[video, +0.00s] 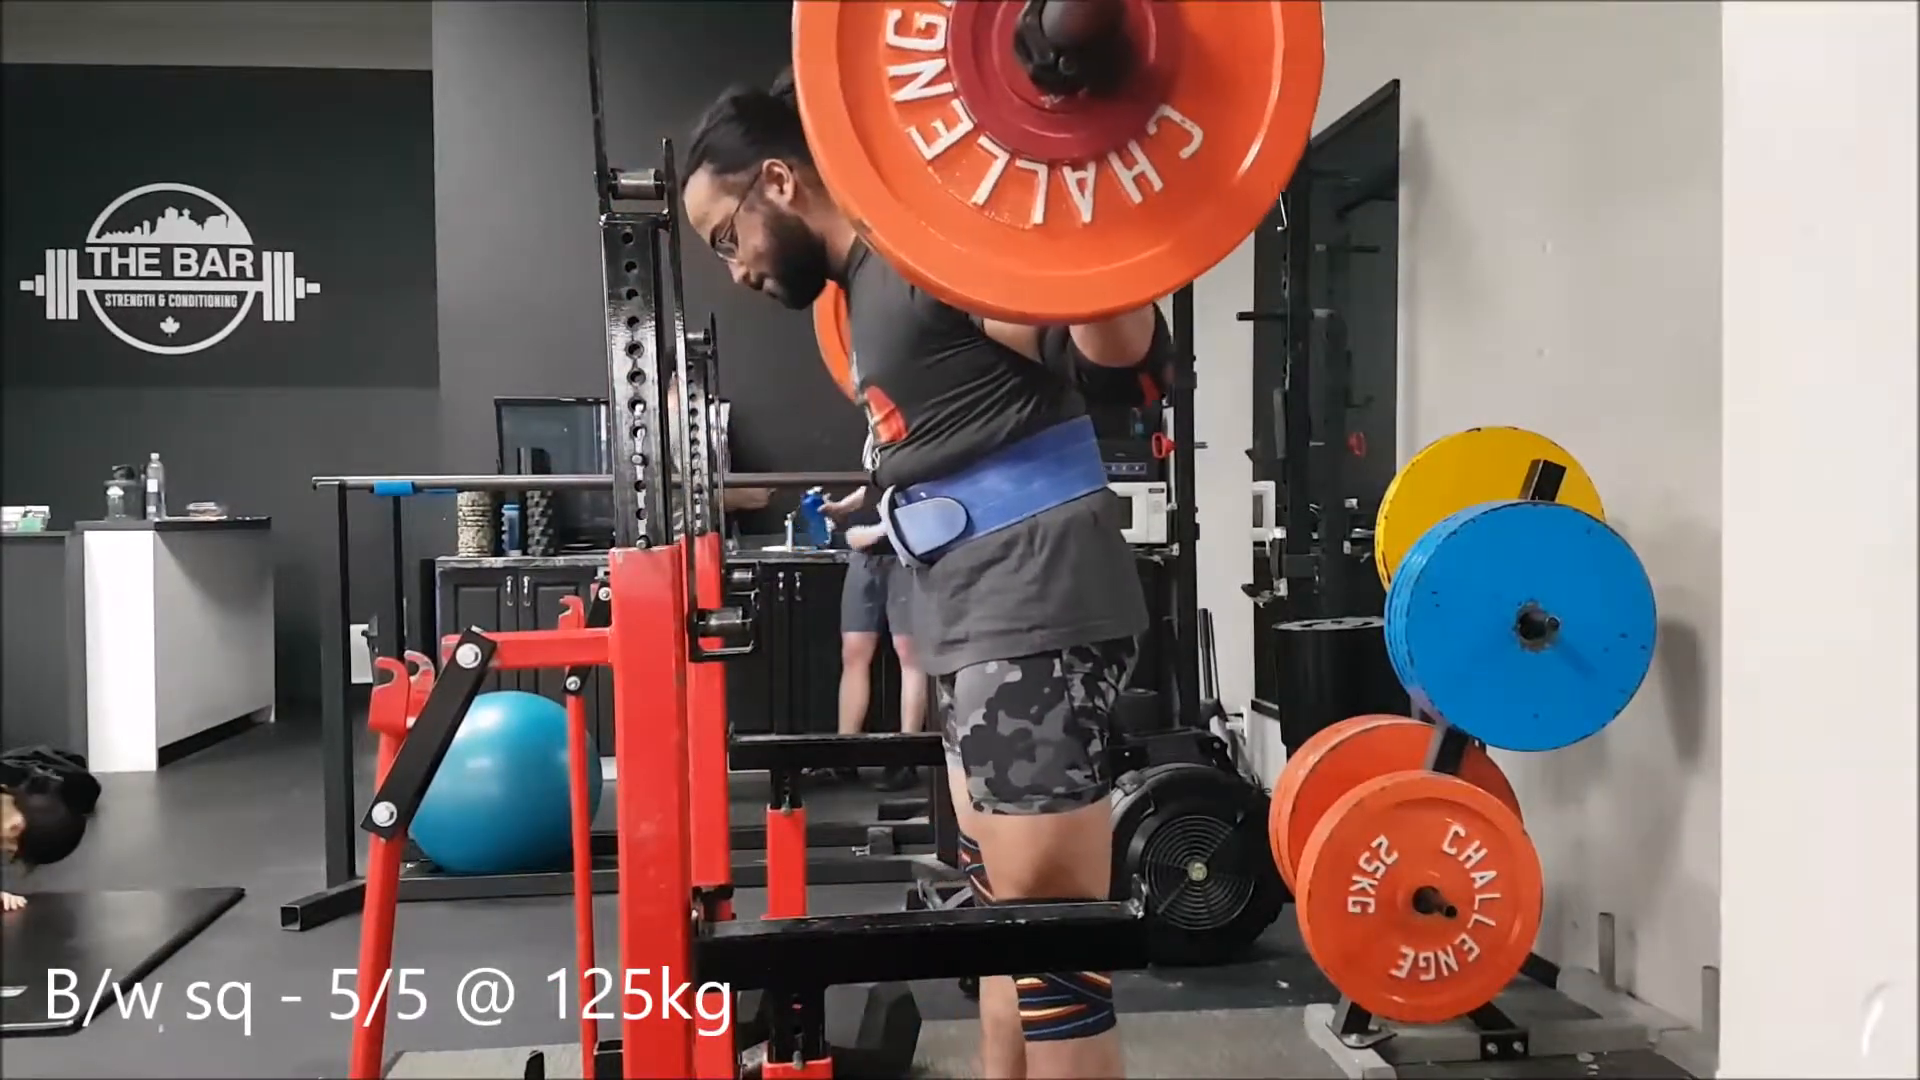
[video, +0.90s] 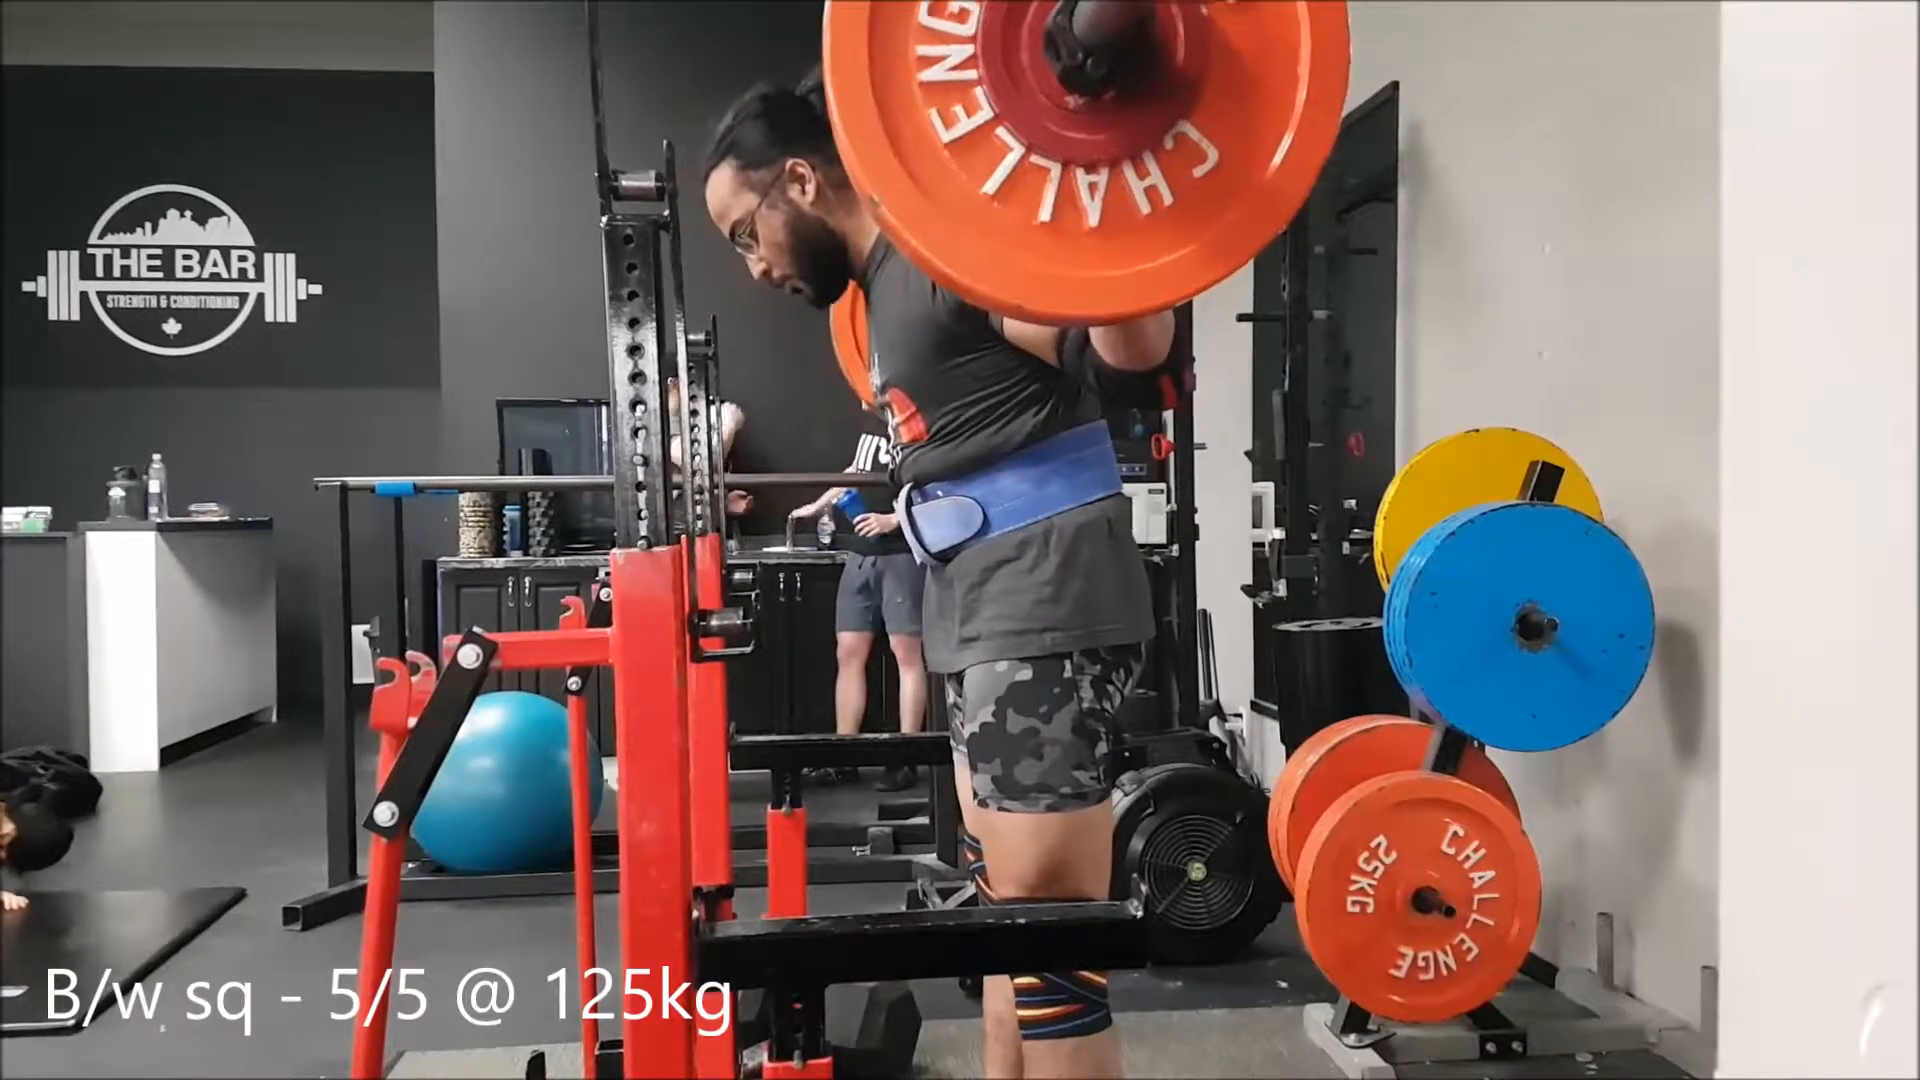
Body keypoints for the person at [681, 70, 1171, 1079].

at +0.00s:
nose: (734, 268)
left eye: (726, 235)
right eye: (716, 249)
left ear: (782, 180)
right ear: (778, 185)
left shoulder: (925, 236)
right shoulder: (862, 283)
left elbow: (1121, 338)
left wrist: (1105, 165)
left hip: (1038, 603)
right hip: (971, 611)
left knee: (1051, 948)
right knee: (1001, 935)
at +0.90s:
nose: (754, 262)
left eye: (747, 229)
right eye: (737, 242)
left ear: (805, 178)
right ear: (800, 185)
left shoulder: (941, 231)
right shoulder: (881, 281)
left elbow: (1130, 343)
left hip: (1048, 586)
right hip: (980, 594)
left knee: (1049, 936)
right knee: (1004, 926)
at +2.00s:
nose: (752, 254)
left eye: (748, 220)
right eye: (737, 236)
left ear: (804, 164)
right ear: (799, 175)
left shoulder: (930, 241)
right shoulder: (862, 293)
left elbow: (1119, 371)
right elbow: (934, 456)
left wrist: (1134, 203)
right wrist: (834, 512)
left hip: (1046, 577)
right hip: (972, 592)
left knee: (1002, 931)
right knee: (969, 902)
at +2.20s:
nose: (748, 301)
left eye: (743, 270)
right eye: (732, 284)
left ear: (795, 214)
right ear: (795, 224)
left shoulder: (924, 286)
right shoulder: (865, 333)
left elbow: (1116, 417)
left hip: (1080, 610)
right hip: (1000, 627)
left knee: (959, 946)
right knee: (928, 858)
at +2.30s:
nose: (743, 341)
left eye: (736, 312)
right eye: (727, 326)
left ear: (790, 257)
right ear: (789, 265)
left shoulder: (915, 325)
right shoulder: (854, 382)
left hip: (1097, 644)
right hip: (1011, 662)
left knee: (957, 950)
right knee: (923, 860)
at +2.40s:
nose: (737, 394)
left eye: (731, 365)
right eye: (722, 378)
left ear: (787, 312)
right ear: (784, 320)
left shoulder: (900, 365)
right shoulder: (849, 421)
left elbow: (1038, 281)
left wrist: (1125, 208)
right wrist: (814, 500)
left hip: (1119, 683)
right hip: (1027, 691)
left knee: (948, 999)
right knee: (915, 866)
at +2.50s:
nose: (740, 449)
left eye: (730, 416)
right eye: (724, 429)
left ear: (781, 364)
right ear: (783, 368)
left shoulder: (918, 411)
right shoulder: (855, 444)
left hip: (1126, 721)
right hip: (1023, 723)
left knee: (938, 1005)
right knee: (905, 868)